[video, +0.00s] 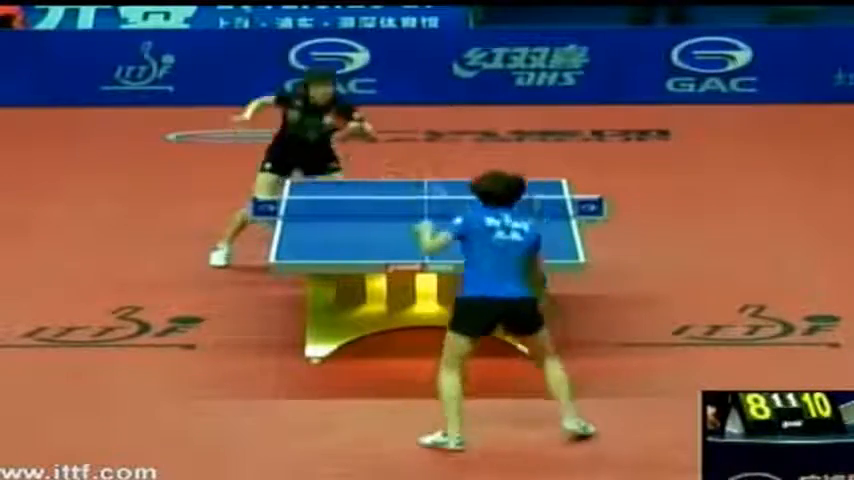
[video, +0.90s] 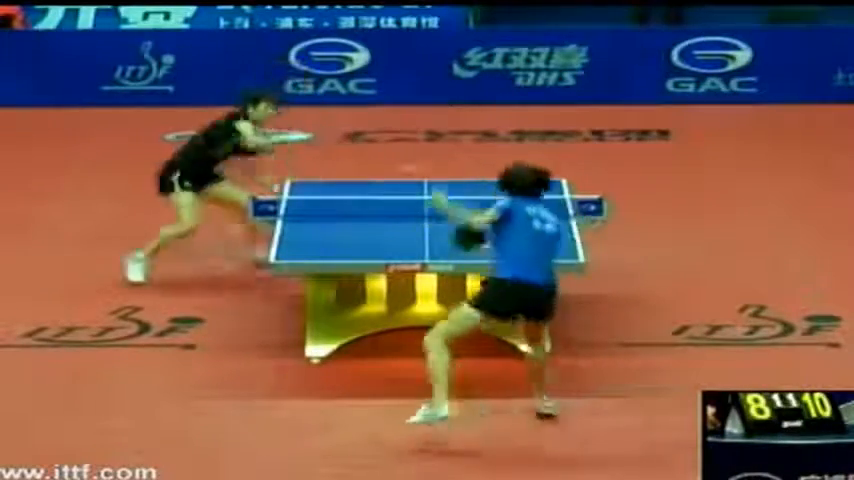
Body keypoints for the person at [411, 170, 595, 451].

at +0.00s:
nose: (477, 198)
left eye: (480, 194)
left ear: (483, 197)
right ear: (514, 199)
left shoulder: (470, 221)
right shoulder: (527, 228)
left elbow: (431, 248)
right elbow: (537, 274)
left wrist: (425, 235)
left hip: (476, 301)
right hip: (519, 302)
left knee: (451, 365)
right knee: (548, 357)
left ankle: (452, 434)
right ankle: (571, 418)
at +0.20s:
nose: (503, 198)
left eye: (507, 195)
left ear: (507, 202)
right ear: (535, 212)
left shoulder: (479, 219)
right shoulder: (536, 240)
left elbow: (428, 221)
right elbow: (538, 286)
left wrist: (416, 207)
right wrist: (545, 323)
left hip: (467, 300)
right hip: (507, 303)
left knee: (442, 365)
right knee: (537, 342)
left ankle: (450, 432)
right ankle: (550, 399)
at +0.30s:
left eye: (529, 198)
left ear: (528, 204)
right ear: (552, 220)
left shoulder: (498, 217)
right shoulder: (547, 245)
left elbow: (448, 211)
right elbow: (543, 287)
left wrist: (417, 193)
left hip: (467, 294)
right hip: (506, 301)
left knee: (444, 365)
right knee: (536, 338)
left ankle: (449, 431)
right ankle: (550, 388)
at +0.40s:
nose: (582, 240)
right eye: (583, 234)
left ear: (552, 219)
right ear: (574, 234)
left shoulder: (522, 226)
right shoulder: (563, 259)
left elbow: (479, 209)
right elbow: (552, 288)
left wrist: (447, 183)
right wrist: (590, 278)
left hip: (482, 295)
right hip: (519, 304)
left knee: (449, 363)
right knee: (537, 340)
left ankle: (449, 423)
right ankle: (539, 395)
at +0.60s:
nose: (545, 216)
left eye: (549, 214)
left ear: (550, 219)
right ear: (571, 231)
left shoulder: (536, 229)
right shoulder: (567, 256)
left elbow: (514, 214)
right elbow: (549, 281)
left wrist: (491, 188)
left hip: (507, 297)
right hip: (540, 306)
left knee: (432, 349)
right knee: (536, 338)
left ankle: (463, 399)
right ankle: (540, 393)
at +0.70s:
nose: (534, 208)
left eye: (537, 206)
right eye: (535, 206)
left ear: (542, 210)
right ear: (565, 218)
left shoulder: (532, 223)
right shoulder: (563, 246)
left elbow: (513, 212)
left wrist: (489, 187)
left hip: (508, 294)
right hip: (541, 304)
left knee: (428, 336)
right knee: (537, 336)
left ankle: (463, 391)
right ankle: (539, 393)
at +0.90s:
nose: (502, 191)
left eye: (505, 187)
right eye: (503, 188)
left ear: (511, 188)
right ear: (539, 189)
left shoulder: (509, 205)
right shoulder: (552, 219)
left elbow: (479, 223)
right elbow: (547, 256)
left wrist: (447, 209)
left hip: (506, 287)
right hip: (542, 293)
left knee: (436, 338)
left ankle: (438, 405)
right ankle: (543, 400)